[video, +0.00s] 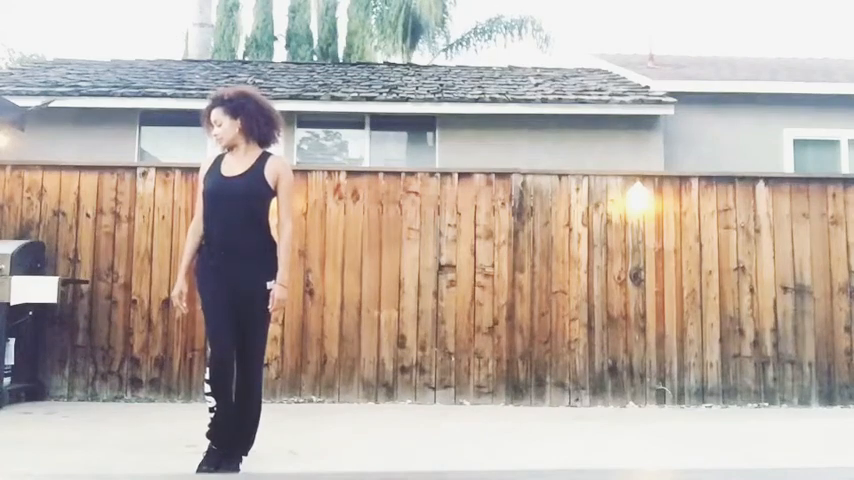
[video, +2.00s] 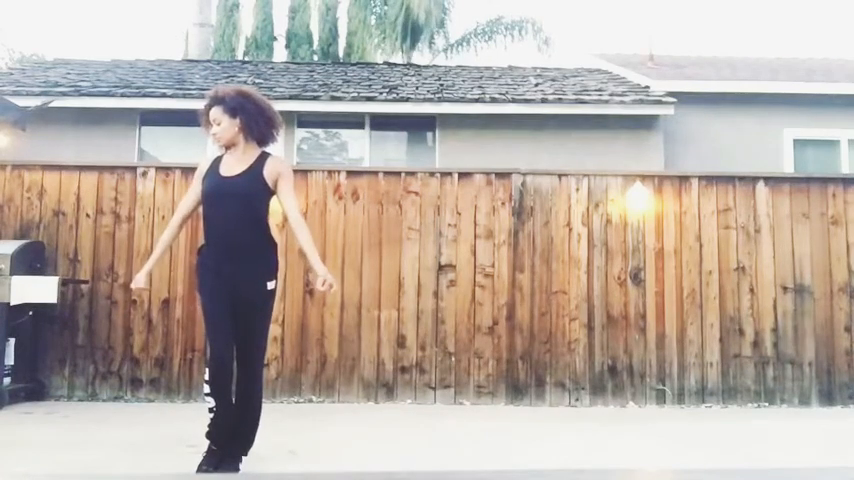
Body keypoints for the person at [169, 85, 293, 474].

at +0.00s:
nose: (213, 131)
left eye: (218, 123)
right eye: (211, 125)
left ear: (243, 120)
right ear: (217, 127)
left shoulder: (275, 164)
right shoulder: (212, 164)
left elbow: (286, 225)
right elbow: (199, 223)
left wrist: (282, 279)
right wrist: (181, 275)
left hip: (255, 272)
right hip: (213, 270)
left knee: (249, 360)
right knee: (221, 354)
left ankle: (238, 448)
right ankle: (220, 443)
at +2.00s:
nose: (212, 131)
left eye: (217, 123)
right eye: (210, 124)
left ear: (241, 121)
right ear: (223, 126)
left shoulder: (273, 165)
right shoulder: (212, 165)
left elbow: (294, 218)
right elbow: (179, 218)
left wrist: (317, 265)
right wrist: (146, 268)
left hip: (257, 273)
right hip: (214, 271)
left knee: (249, 362)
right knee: (220, 356)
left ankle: (238, 450)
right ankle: (218, 446)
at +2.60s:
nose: (215, 130)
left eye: (221, 122)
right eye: (213, 124)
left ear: (245, 120)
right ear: (217, 125)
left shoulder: (274, 165)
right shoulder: (213, 162)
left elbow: (314, 203)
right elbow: (177, 203)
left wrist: (351, 241)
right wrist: (137, 243)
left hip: (256, 272)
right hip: (212, 270)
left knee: (250, 362)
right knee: (220, 355)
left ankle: (237, 450)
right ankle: (219, 444)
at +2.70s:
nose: (215, 129)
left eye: (221, 121)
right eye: (213, 122)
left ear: (245, 121)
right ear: (214, 124)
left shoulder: (272, 163)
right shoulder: (211, 162)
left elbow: (328, 183)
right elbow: (161, 185)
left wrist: (372, 202)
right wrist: (115, 209)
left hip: (256, 273)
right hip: (212, 270)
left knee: (250, 362)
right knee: (221, 355)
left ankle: (236, 451)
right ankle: (218, 443)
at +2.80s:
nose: (219, 126)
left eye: (226, 118)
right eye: (216, 120)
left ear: (248, 120)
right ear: (214, 123)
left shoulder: (272, 159)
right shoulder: (215, 160)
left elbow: (324, 150)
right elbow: (172, 156)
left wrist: (362, 140)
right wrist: (135, 151)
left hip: (255, 271)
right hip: (212, 268)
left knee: (250, 360)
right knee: (220, 353)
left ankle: (235, 449)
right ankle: (219, 442)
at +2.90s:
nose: (224, 122)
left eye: (232, 116)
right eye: (220, 117)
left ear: (253, 119)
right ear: (216, 123)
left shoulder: (270, 157)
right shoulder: (210, 156)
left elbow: (312, 119)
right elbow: (164, 122)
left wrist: (353, 76)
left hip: (256, 270)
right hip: (213, 268)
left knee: (251, 361)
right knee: (221, 354)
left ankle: (237, 451)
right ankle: (218, 445)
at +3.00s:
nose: (230, 120)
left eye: (237, 114)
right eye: (224, 115)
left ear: (254, 121)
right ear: (217, 122)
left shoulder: (269, 158)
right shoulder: (208, 158)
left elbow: (299, 99)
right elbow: (176, 104)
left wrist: (309, 42)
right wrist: (193, 53)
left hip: (256, 269)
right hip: (212, 268)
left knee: (249, 362)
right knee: (220, 353)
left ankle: (237, 451)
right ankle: (218, 444)